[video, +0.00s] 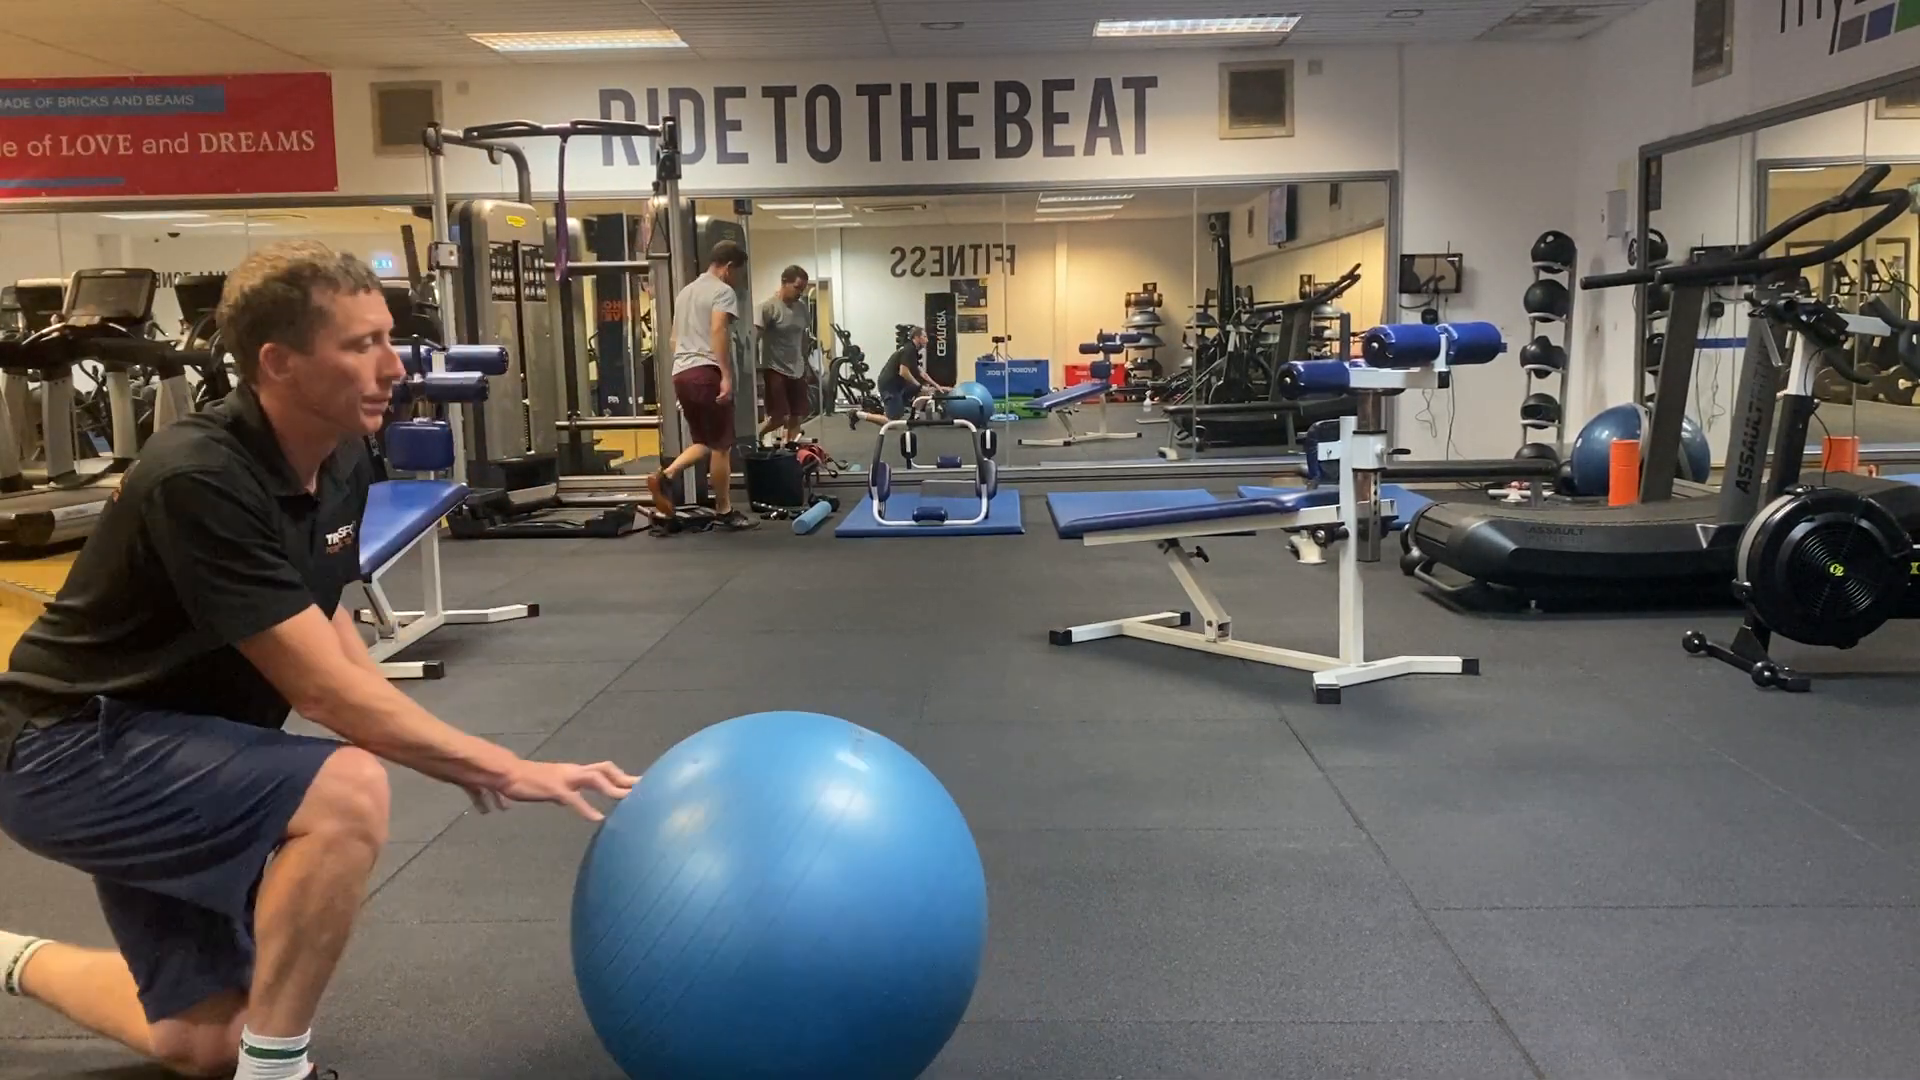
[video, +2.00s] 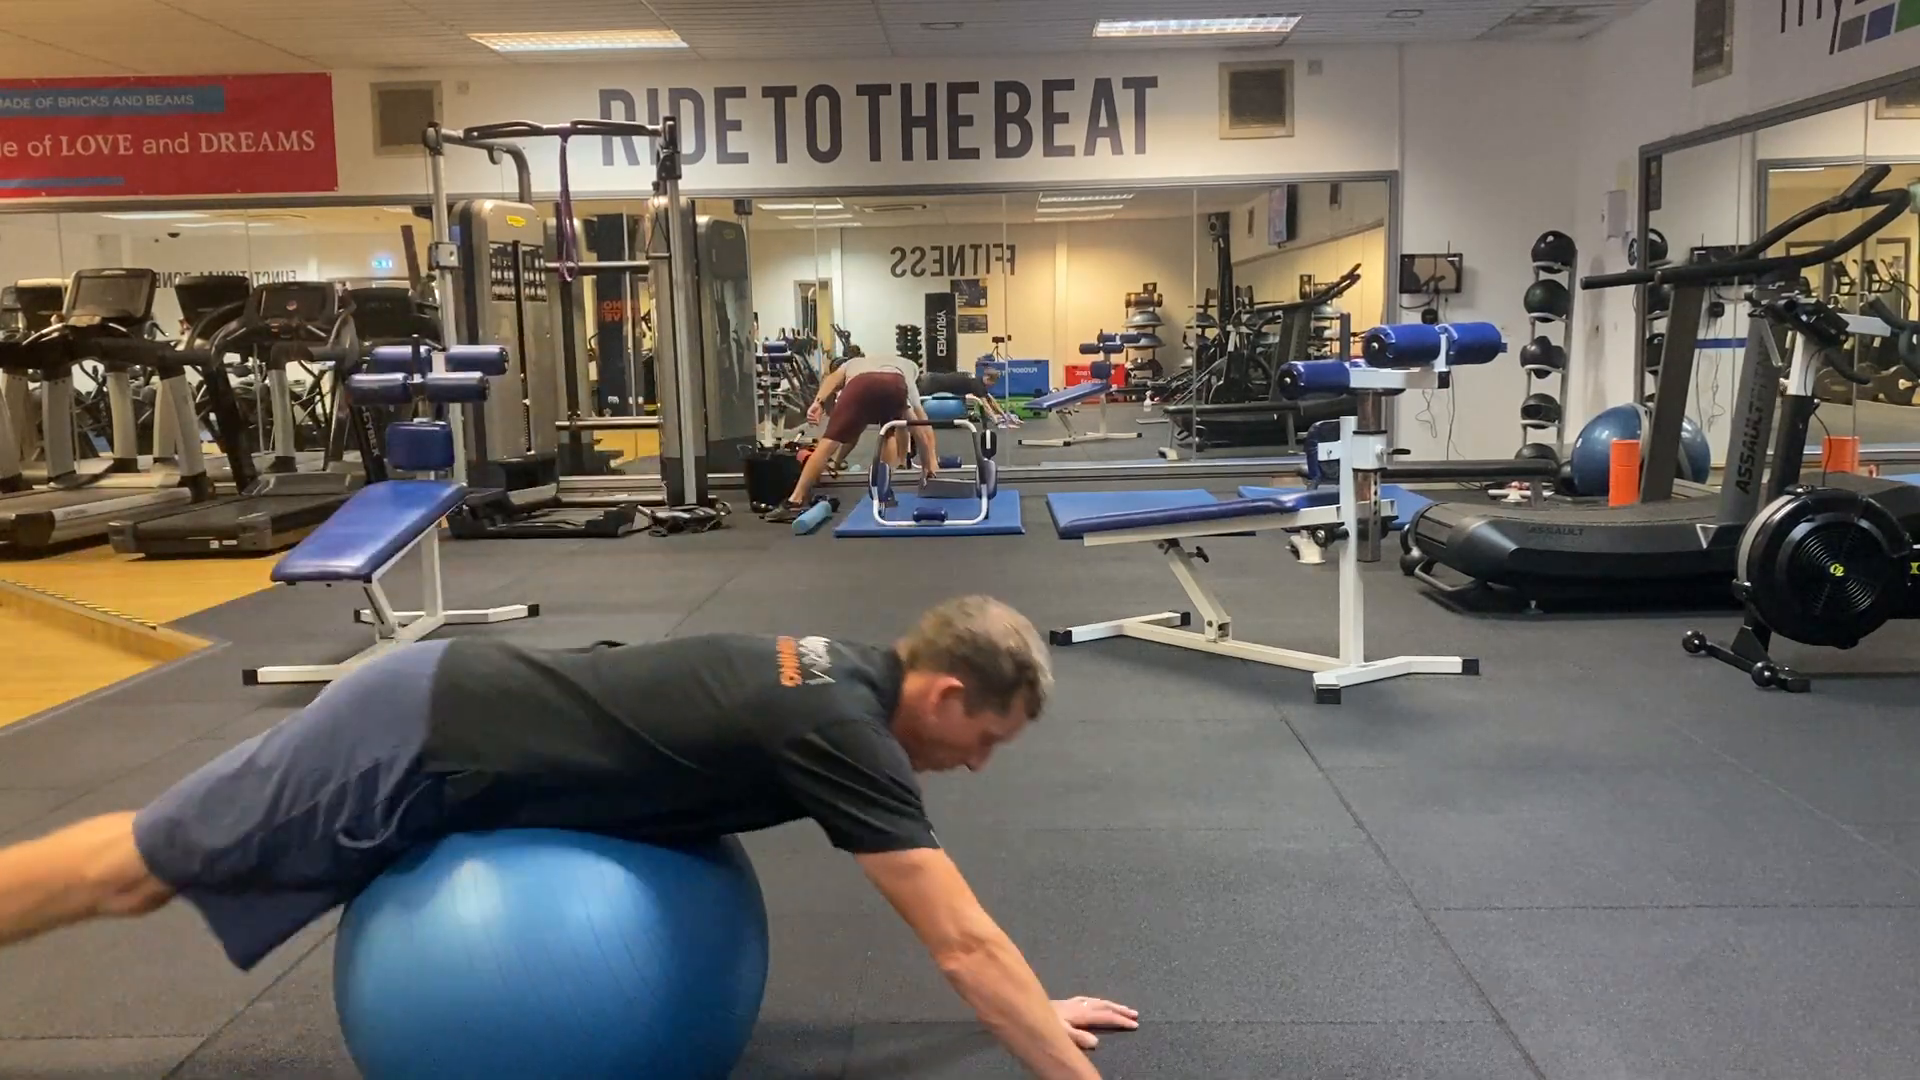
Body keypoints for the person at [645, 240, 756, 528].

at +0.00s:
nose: (736, 277)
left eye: (737, 272)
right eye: (737, 271)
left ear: (712, 264)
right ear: (727, 266)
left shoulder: (685, 292)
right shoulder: (723, 291)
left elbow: (675, 339)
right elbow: (718, 332)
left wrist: (685, 370)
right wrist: (726, 374)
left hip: (681, 372)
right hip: (707, 370)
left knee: (703, 442)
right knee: (721, 444)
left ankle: (667, 475)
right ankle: (724, 511)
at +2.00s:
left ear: (849, 364)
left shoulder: (851, 362)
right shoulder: (905, 369)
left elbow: (832, 378)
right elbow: (922, 421)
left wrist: (818, 400)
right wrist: (931, 463)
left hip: (859, 384)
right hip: (894, 382)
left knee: (826, 445)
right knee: (892, 433)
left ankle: (795, 500)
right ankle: (884, 490)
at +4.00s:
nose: (696, 266)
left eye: (701, 260)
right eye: (691, 262)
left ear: (715, 259)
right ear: (689, 264)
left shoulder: (738, 289)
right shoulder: (689, 299)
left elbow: (755, 333)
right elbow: (691, 337)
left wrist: (722, 360)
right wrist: (694, 359)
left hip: (741, 373)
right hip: (712, 376)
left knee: (724, 440)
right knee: (717, 443)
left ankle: (736, 506)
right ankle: (735, 505)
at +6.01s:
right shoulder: (625, 381)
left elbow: (568, 445)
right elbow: (629, 441)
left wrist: (581, 482)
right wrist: (627, 480)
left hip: (560, 386)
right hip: (604, 385)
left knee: (568, 459)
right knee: (616, 459)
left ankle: (575, 525)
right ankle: (626, 524)